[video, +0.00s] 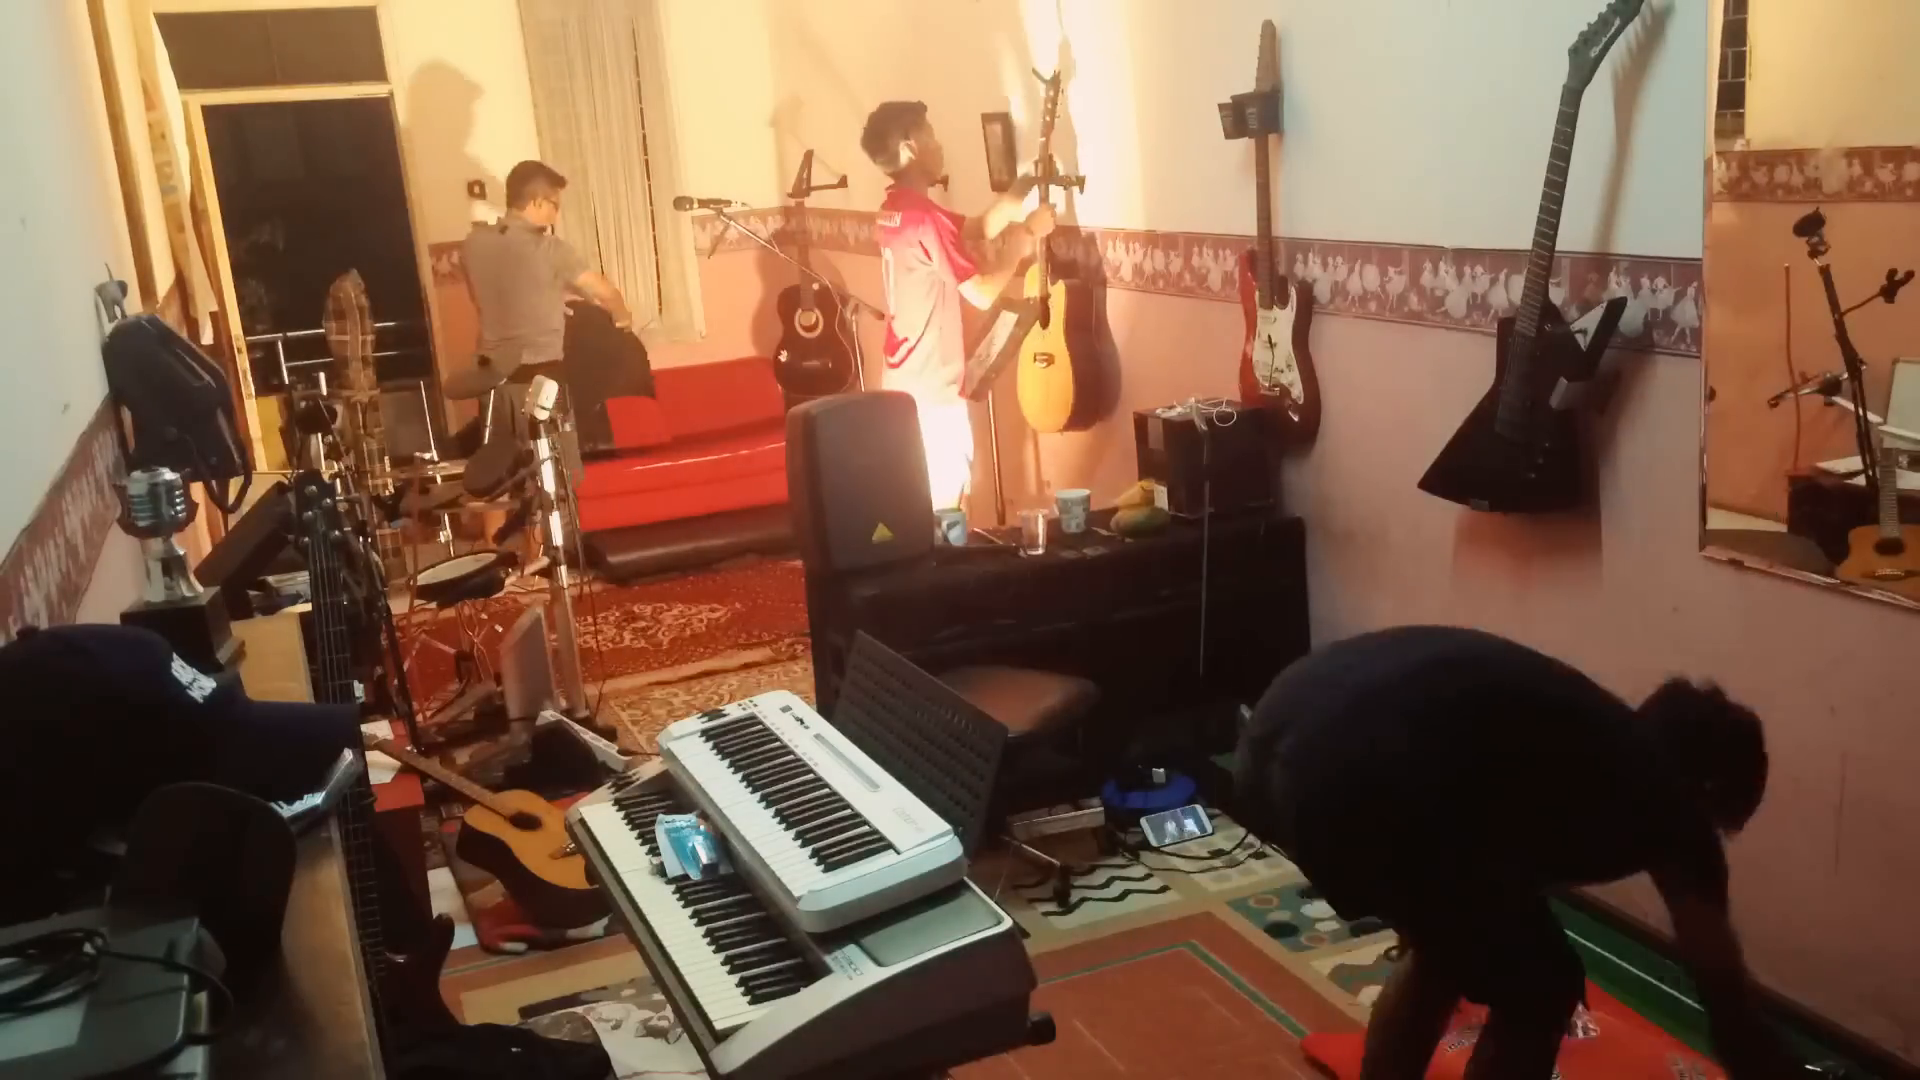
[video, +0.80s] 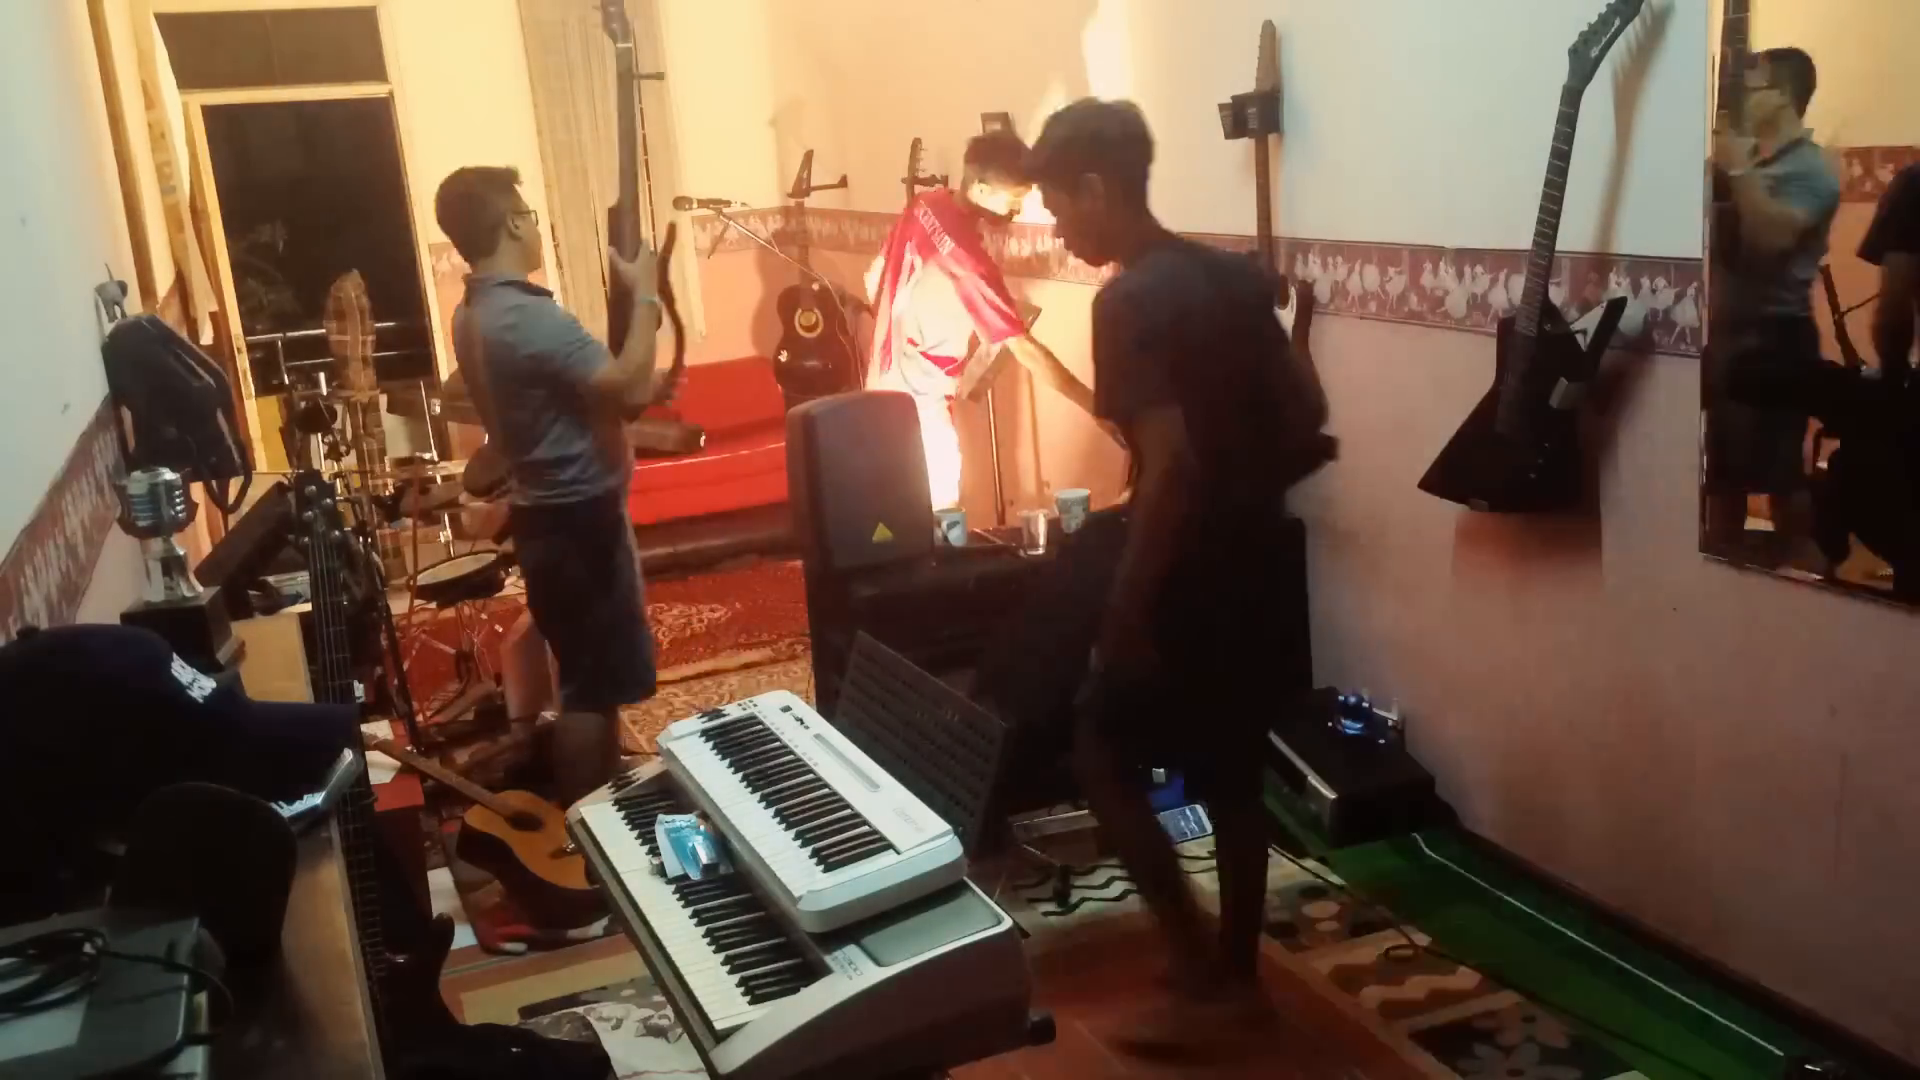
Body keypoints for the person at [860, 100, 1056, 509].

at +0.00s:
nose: (939, 146)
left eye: (934, 136)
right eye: (931, 137)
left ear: (899, 153)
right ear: (909, 148)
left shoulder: (895, 210)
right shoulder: (925, 217)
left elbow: (976, 231)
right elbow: (981, 292)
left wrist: (1020, 187)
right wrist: (1025, 236)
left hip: (906, 379)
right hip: (936, 384)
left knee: (924, 489)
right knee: (948, 490)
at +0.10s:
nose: (935, 145)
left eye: (930, 135)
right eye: (926, 137)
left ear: (893, 154)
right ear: (903, 149)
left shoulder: (880, 215)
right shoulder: (925, 222)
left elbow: (945, 272)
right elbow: (974, 302)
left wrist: (993, 226)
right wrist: (1031, 259)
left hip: (896, 387)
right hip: (934, 393)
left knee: (909, 506)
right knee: (944, 505)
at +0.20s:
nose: (926, 163)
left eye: (924, 150)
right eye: (921, 149)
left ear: (884, 154)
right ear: (893, 153)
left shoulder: (865, 216)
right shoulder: (898, 224)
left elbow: (891, 294)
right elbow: (921, 315)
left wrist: (953, 276)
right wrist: (969, 284)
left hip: (881, 381)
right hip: (916, 386)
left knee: (903, 491)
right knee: (942, 489)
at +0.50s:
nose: (923, 166)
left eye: (921, 152)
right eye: (915, 153)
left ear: (881, 160)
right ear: (885, 159)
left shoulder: (864, 217)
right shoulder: (890, 226)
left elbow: (890, 304)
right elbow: (909, 319)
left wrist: (954, 288)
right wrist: (973, 291)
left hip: (887, 389)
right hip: (921, 393)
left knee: (907, 503)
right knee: (942, 504)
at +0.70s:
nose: (1017, 216)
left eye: (1023, 204)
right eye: (1012, 205)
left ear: (974, 182)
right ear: (980, 188)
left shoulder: (935, 201)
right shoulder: (956, 256)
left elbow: (883, 265)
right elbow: (978, 356)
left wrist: (903, 325)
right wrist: (1060, 386)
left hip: (893, 387)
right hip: (923, 403)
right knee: (941, 504)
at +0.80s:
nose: (1016, 212)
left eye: (1020, 200)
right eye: (1011, 201)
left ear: (973, 184)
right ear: (980, 188)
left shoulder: (928, 203)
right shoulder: (967, 255)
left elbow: (873, 280)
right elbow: (1022, 348)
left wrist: (903, 335)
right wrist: (1098, 408)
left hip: (885, 385)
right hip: (922, 400)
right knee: (940, 508)